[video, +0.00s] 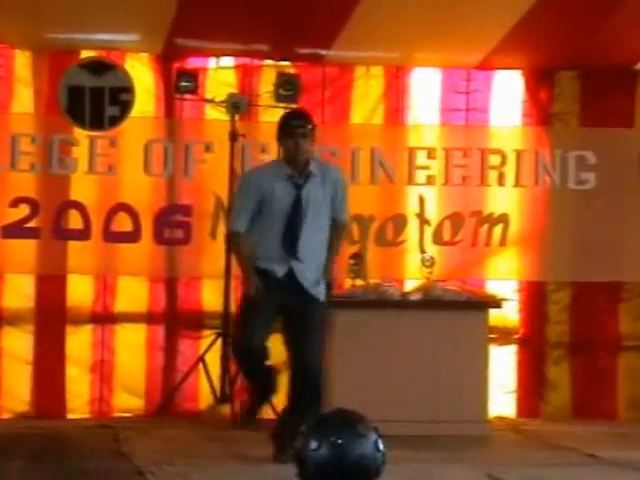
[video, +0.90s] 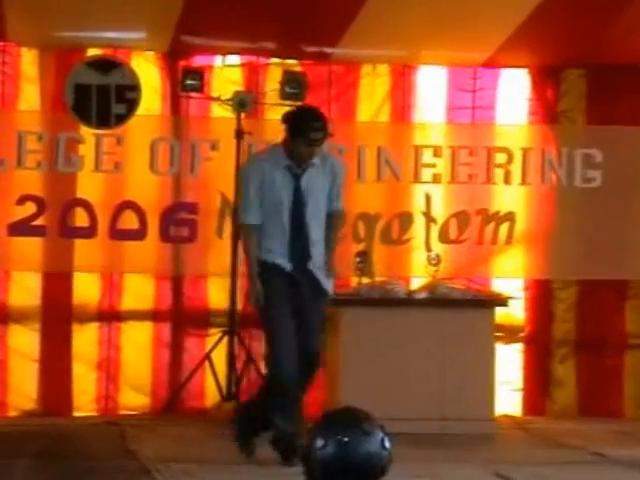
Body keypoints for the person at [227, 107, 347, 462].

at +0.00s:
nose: (300, 145)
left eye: (306, 137)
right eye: (293, 137)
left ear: (314, 141)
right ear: (281, 141)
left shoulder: (331, 180)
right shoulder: (257, 179)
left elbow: (339, 227)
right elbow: (236, 234)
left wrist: (328, 270)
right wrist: (249, 277)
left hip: (309, 280)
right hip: (265, 277)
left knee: (308, 365)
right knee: (247, 343)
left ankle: (293, 434)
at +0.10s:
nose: (296, 147)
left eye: (301, 139)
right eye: (289, 139)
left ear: (311, 141)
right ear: (278, 143)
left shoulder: (330, 184)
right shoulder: (261, 184)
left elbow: (341, 233)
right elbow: (237, 232)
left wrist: (329, 276)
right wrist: (244, 273)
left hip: (307, 287)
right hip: (264, 281)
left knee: (297, 369)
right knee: (241, 346)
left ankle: (284, 439)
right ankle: (233, 412)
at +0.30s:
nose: (295, 133)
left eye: (300, 124)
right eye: (288, 125)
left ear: (308, 126)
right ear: (276, 126)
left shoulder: (327, 163)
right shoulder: (257, 163)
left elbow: (338, 213)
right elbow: (247, 214)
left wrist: (329, 257)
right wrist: (234, 240)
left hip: (311, 267)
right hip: (268, 267)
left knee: (306, 354)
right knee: (269, 352)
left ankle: (301, 433)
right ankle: (265, 434)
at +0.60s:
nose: (310, 150)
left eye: (315, 142)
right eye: (303, 142)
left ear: (321, 139)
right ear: (286, 136)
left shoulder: (328, 171)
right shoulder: (259, 167)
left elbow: (330, 221)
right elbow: (239, 221)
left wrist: (323, 259)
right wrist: (242, 269)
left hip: (308, 273)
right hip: (267, 270)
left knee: (306, 359)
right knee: (264, 354)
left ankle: (260, 424)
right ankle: (280, 433)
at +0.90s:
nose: (315, 152)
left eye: (320, 145)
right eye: (309, 145)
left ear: (324, 140)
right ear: (289, 137)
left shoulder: (330, 168)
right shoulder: (258, 167)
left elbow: (335, 218)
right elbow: (249, 226)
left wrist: (327, 264)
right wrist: (254, 278)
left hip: (314, 270)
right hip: (274, 269)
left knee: (309, 355)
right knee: (284, 355)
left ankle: (251, 417)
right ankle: (288, 437)